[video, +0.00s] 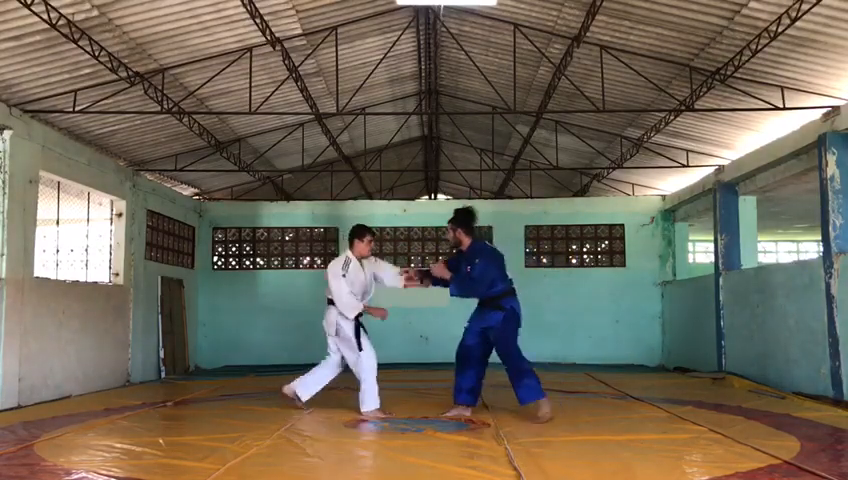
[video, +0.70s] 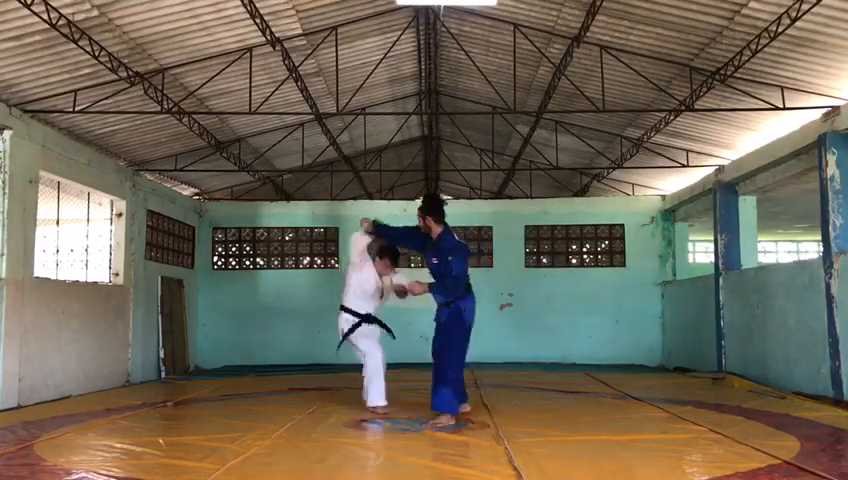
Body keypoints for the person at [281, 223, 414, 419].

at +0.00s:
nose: (371, 246)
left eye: (372, 242)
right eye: (368, 242)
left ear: (364, 244)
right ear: (355, 242)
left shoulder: (369, 262)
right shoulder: (338, 266)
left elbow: (388, 273)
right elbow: (343, 298)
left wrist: (406, 277)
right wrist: (368, 309)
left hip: (346, 315)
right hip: (339, 316)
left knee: (335, 361)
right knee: (366, 358)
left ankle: (296, 389)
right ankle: (369, 408)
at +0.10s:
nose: (372, 244)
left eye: (372, 240)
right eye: (368, 239)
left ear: (359, 241)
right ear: (355, 240)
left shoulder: (367, 259)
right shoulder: (345, 264)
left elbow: (384, 273)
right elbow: (358, 292)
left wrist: (400, 274)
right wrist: (383, 300)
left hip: (354, 314)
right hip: (343, 315)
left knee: (356, 358)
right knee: (370, 356)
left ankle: (314, 379)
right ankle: (370, 408)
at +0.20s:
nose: (369, 240)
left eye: (369, 236)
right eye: (365, 236)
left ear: (354, 239)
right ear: (353, 239)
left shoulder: (351, 253)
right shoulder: (352, 259)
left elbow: (374, 255)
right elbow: (378, 272)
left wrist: (388, 259)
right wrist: (403, 272)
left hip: (342, 313)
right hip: (349, 315)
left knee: (363, 354)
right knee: (374, 357)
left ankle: (345, 385)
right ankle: (370, 407)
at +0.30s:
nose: (365, 241)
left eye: (365, 237)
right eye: (363, 237)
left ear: (348, 237)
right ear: (354, 238)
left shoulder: (340, 251)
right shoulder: (357, 253)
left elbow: (370, 250)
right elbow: (390, 252)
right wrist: (408, 250)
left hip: (341, 310)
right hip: (355, 312)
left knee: (362, 357)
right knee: (375, 355)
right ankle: (371, 405)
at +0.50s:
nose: (382, 252)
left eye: (383, 249)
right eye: (380, 247)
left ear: (368, 240)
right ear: (369, 240)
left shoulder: (370, 260)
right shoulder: (353, 252)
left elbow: (389, 250)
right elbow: (378, 239)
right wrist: (383, 232)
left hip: (360, 312)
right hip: (349, 311)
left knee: (373, 350)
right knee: (373, 350)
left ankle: (371, 397)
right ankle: (365, 401)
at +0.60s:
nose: (385, 259)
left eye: (387, 256)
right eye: (384, 254)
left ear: (384, 255)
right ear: (374, 248)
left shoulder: (380, 267)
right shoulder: (353, 260)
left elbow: (399, 269)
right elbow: (367, 237)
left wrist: (395, 255)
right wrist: (384, 230)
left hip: (366, 314)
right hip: (349, 312)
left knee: (369, 354)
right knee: (372, 352)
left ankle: (364, 397)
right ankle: (365, 402)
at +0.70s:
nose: (389, 271)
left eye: (391, 268)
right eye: (388, 266)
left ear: (390, 265)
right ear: (379, 258)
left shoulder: (383, 279)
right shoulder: (360, 265)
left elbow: (400, 284)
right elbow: (358, 242)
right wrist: (368, 232)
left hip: (368, 321)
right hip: (351, 319)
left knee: (373, 355)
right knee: (374, 352)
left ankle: (370, 395)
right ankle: (376, 400)